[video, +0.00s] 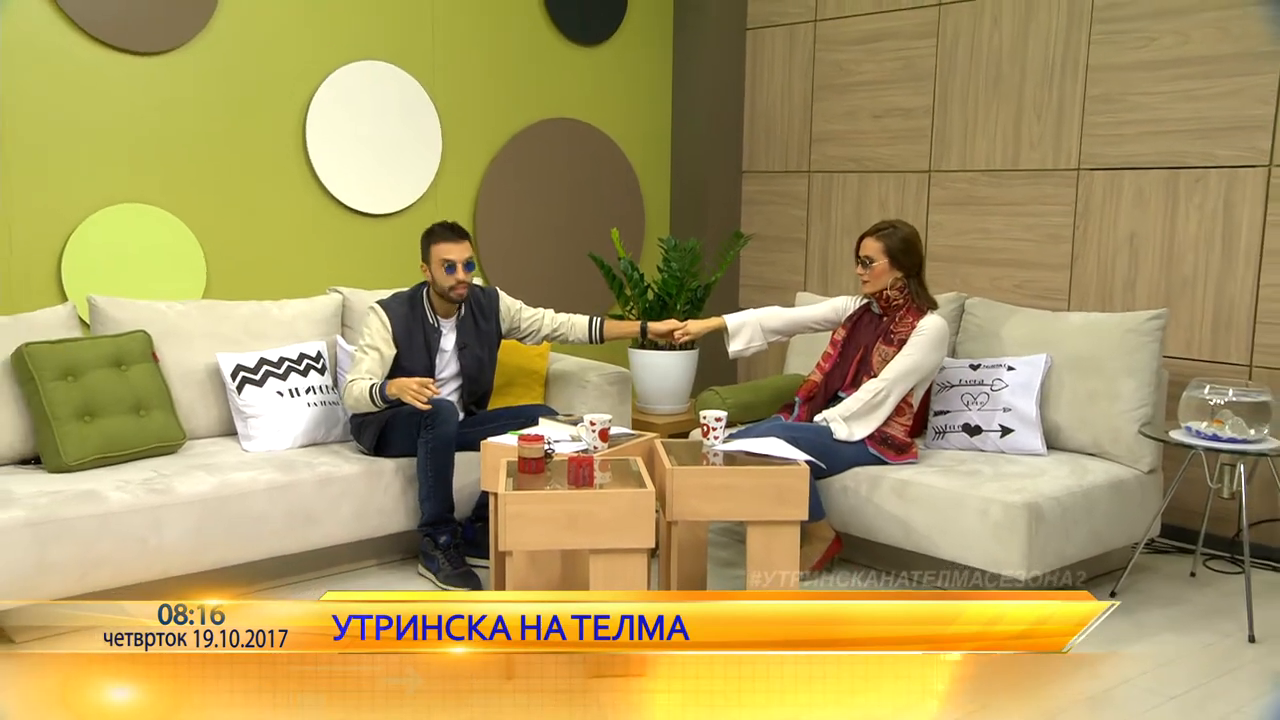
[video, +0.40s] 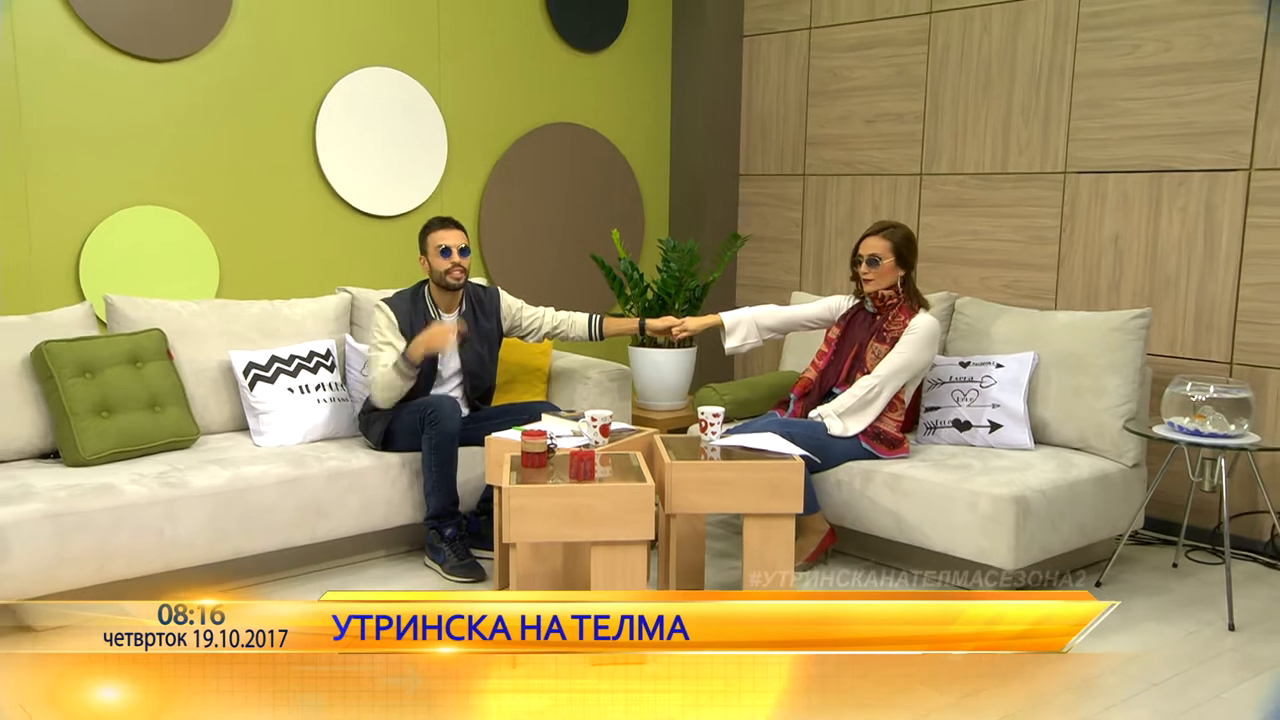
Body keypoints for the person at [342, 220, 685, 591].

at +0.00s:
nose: (461, 277)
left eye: (467, 265)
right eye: (448, 267)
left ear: (474, 265)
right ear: (426, 270)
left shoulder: (490, 304)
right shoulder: (388, 315)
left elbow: (558, 325)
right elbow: (353, 392)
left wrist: (645, 329)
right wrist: (390, 387)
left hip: (458, 422)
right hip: (389, 426)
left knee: (545, 420)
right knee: (442, 410)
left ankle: (478, 530)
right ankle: (438, 544)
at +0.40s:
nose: (456, 260)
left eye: (463, 251)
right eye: (444, 252)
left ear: (470, 257)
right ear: (424, 261)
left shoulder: (489, 301)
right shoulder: (394, 312)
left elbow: (556, 323)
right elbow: (382, 393)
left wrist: (642, 325)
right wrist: (416, 350)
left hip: (464, 418)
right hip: (394, 421)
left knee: (547, 415)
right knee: (444, 406)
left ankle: (485, 521)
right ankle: (443, 534)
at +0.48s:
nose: (455, 258)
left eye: (462, 250)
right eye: (443, 251)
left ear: (469, 255)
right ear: (424, 259)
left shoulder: (488, 299)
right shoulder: (398, 310)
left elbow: (555, 322)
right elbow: (410, 383)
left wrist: (642, 326)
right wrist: (433, 320)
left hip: (465, 416)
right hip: (398, 419)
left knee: (548, 415)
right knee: (446, 406)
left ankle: (486, 520)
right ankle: (445, 533)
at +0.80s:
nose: (465, 256)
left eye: (469, 248)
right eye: (452, 250)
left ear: (476, 256)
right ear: (431, 266)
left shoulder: (493, 296)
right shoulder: (411, 316)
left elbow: (558, 319)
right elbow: (457, 382)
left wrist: (643, 322)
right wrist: (464, 317)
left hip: (471, 412)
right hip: (409, 416)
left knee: (555, 414)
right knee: (474, 403)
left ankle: (488, 515)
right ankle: (451, 527)